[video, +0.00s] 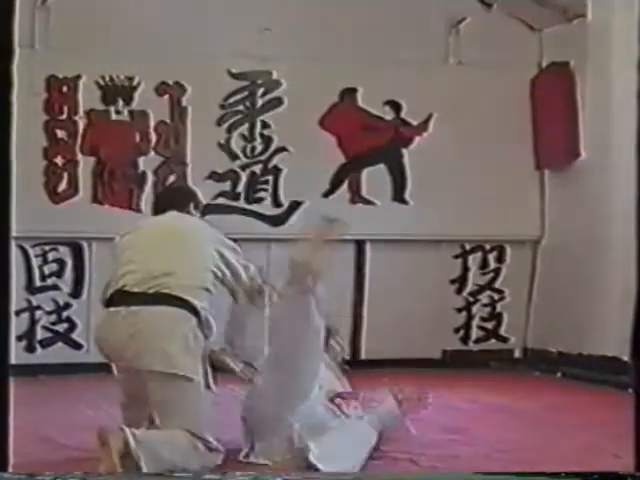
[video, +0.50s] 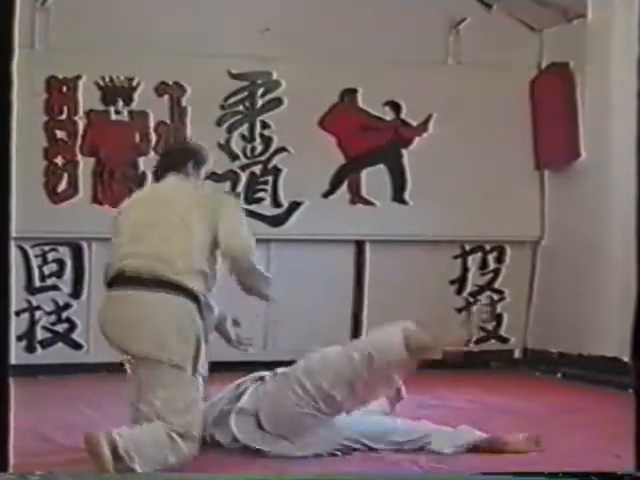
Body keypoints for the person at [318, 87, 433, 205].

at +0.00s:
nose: (357, 102)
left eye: (356, 98)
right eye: (355, 98)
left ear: (341, 99)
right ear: (348, 98)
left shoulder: (331, 118)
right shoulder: (354, 111)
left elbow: (322, 123)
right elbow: (377, 122)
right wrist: (394, 123)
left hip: (354, 157)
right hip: (371, 151)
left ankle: (355, 195)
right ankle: (399, 194)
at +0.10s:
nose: (356, 102)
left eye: (356, 99)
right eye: (355, 99)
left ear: (341, 99)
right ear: (348, 99)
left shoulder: (331, 118)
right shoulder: (353, 111)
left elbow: (322, 123)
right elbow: (377, 122)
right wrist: (394, 123)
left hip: (354, 157)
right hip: (371, 152)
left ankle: (355, 195)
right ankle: (399, 194)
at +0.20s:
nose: (357, 102)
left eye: (356, 99)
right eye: (355, 99)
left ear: (341, 100)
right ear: (349, 99)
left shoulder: (332, 119)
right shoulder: (354, 112)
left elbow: (322, 124)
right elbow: (377, 123)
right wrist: (394, 124)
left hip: (354, 157)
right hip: (371, 152)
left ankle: (355, 195)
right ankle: (399, 194)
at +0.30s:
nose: (357, 102)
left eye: (356, 99)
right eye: (355, 99)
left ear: (341, 99)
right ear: (347, 98)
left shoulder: (331, 119)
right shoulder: (353, 111)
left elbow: (321, 124)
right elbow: (377, 122)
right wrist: (394, 123)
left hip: (355, 157)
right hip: (372, 151)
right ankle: (399, 194)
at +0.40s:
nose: (357, 102)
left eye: (356, 99)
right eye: (355, 99)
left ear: (341, 100)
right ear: (348, 99)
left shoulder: (331, 120)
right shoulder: (354, 112)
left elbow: (322, 124)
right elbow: (377, 123)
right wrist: (394, 124)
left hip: (355, 158)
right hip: (372, 153)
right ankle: (399, 195)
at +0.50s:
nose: (356, 102)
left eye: (356, 99)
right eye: (355, 99)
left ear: (341, 99)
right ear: (348, 99)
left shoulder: (330, 119)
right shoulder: (353, 111)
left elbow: (321, 124)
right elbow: (377, 123)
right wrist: (394, 123)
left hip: (354, 158)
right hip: (372, 152)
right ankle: (398, 194)